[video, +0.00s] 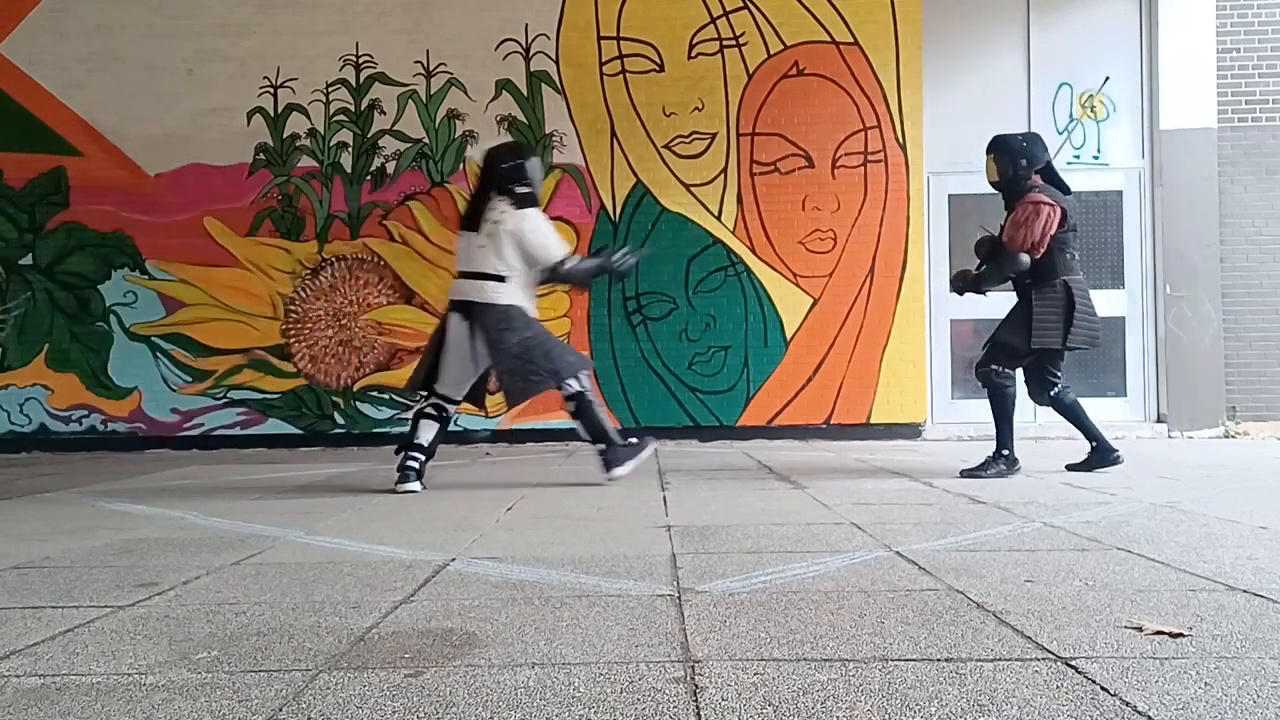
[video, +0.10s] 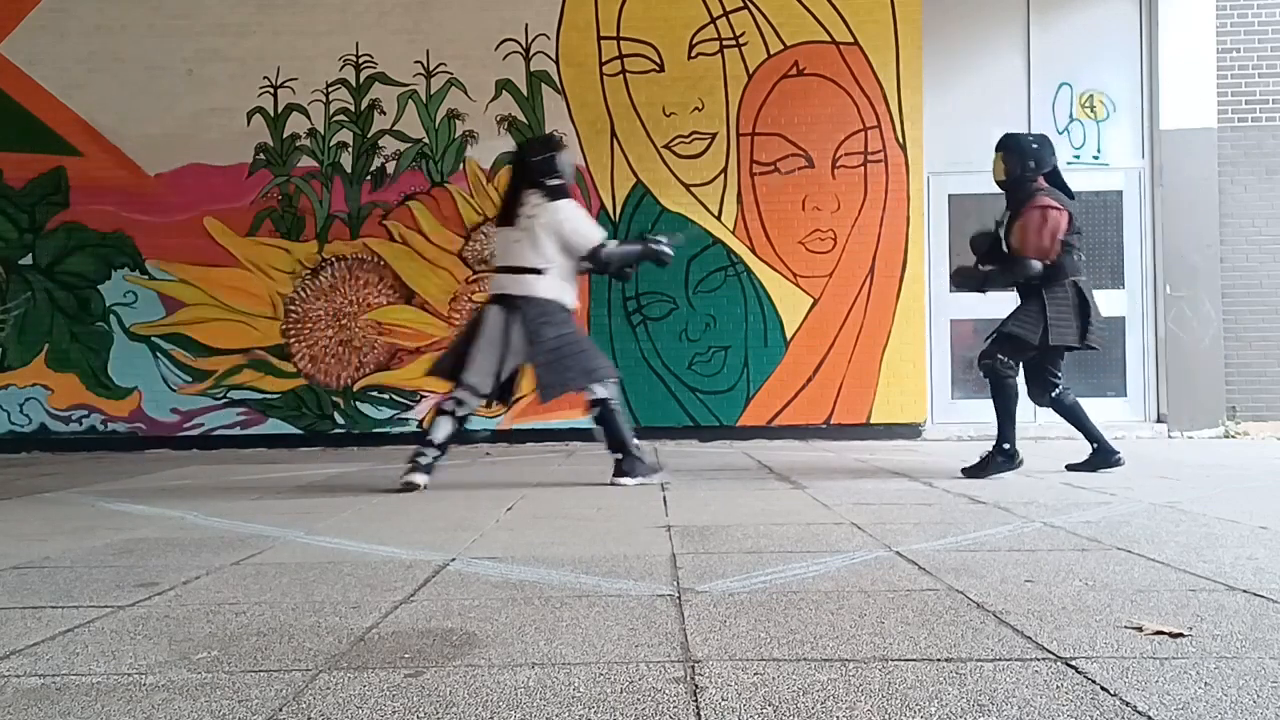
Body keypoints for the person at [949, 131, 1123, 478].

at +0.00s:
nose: (992, 172)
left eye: (998, 164)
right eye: (992, 165)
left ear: (1022, 165)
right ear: (1026, 167)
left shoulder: (1034, 203)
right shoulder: (1034, 200)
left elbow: (1015, 260)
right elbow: (1026, 256)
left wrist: (975, 280)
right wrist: (994, 250)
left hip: (1048, 300)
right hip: (1056, 299)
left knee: (994, 367)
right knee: (1044, 385)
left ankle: (1004, 456)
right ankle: (1102, 447)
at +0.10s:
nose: (999, 170)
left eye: (1005, 163)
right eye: (998, 163)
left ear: (1028, 166)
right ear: (1030, 167)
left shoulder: (1041, 208)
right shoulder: (1028, 204)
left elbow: (1029, 268)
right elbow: (1023, 257)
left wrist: (981, 279)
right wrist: (996, 253)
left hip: (1054, 300)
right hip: (1055, 299)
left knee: (997, 360)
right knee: (1044, 386)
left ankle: (1005, 450)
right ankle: (1103, 449)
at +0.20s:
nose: (1013, 167)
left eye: (1019, 160)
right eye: (1014, 160)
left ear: (1041, 164)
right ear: (1039, 166)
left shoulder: (1060, 210)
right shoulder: (1029, 206)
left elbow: (1038, 266)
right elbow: (1003, 241)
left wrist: (980, 265)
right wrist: (975, 234)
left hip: (1049, 306)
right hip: (1038, 305)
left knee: (996, 363)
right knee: (1036, 392)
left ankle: (993, 452)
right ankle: (1102, 447)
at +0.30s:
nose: (1028, 172)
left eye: (1036, 165)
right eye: (1027, 164)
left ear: (1060, 171)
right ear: (1025, 166)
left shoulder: (1071, 216)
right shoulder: (1022, 210)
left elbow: (1028, 259)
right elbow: (982, 241)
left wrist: (972, 258)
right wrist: (948, 238)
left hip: (1048, 304)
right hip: (1021, 302)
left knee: (999, 365)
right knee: (1029, 392)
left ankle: (983, 458)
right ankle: (1099, 443)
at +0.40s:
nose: (1029, 174)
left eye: (1039, 168)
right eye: (1028, 166)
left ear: (1062, 174)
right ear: (1027, 167)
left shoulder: (1073, 219)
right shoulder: (1017, 213)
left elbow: (1023, 263)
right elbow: (977, 246)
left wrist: (965, 275)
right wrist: (935, 262)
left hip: (1044, 308)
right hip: (1015, 305)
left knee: (994, 368)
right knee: (1024, 395)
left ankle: (983, 461)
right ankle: (1085, 436)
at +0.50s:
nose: (1017, 170)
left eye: (1027, 164)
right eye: (1018, 162)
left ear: (1052, 174)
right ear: (1019, 164)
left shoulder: (1061, 221)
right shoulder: (1014, 211)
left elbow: (1027, 280)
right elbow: (988, 269)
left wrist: (983, 306)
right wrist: (943, 294)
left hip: (1044, 309)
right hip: (1011, 306)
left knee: (984, 371)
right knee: (1017, 395)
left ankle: (981, 462)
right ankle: (1066, 428)